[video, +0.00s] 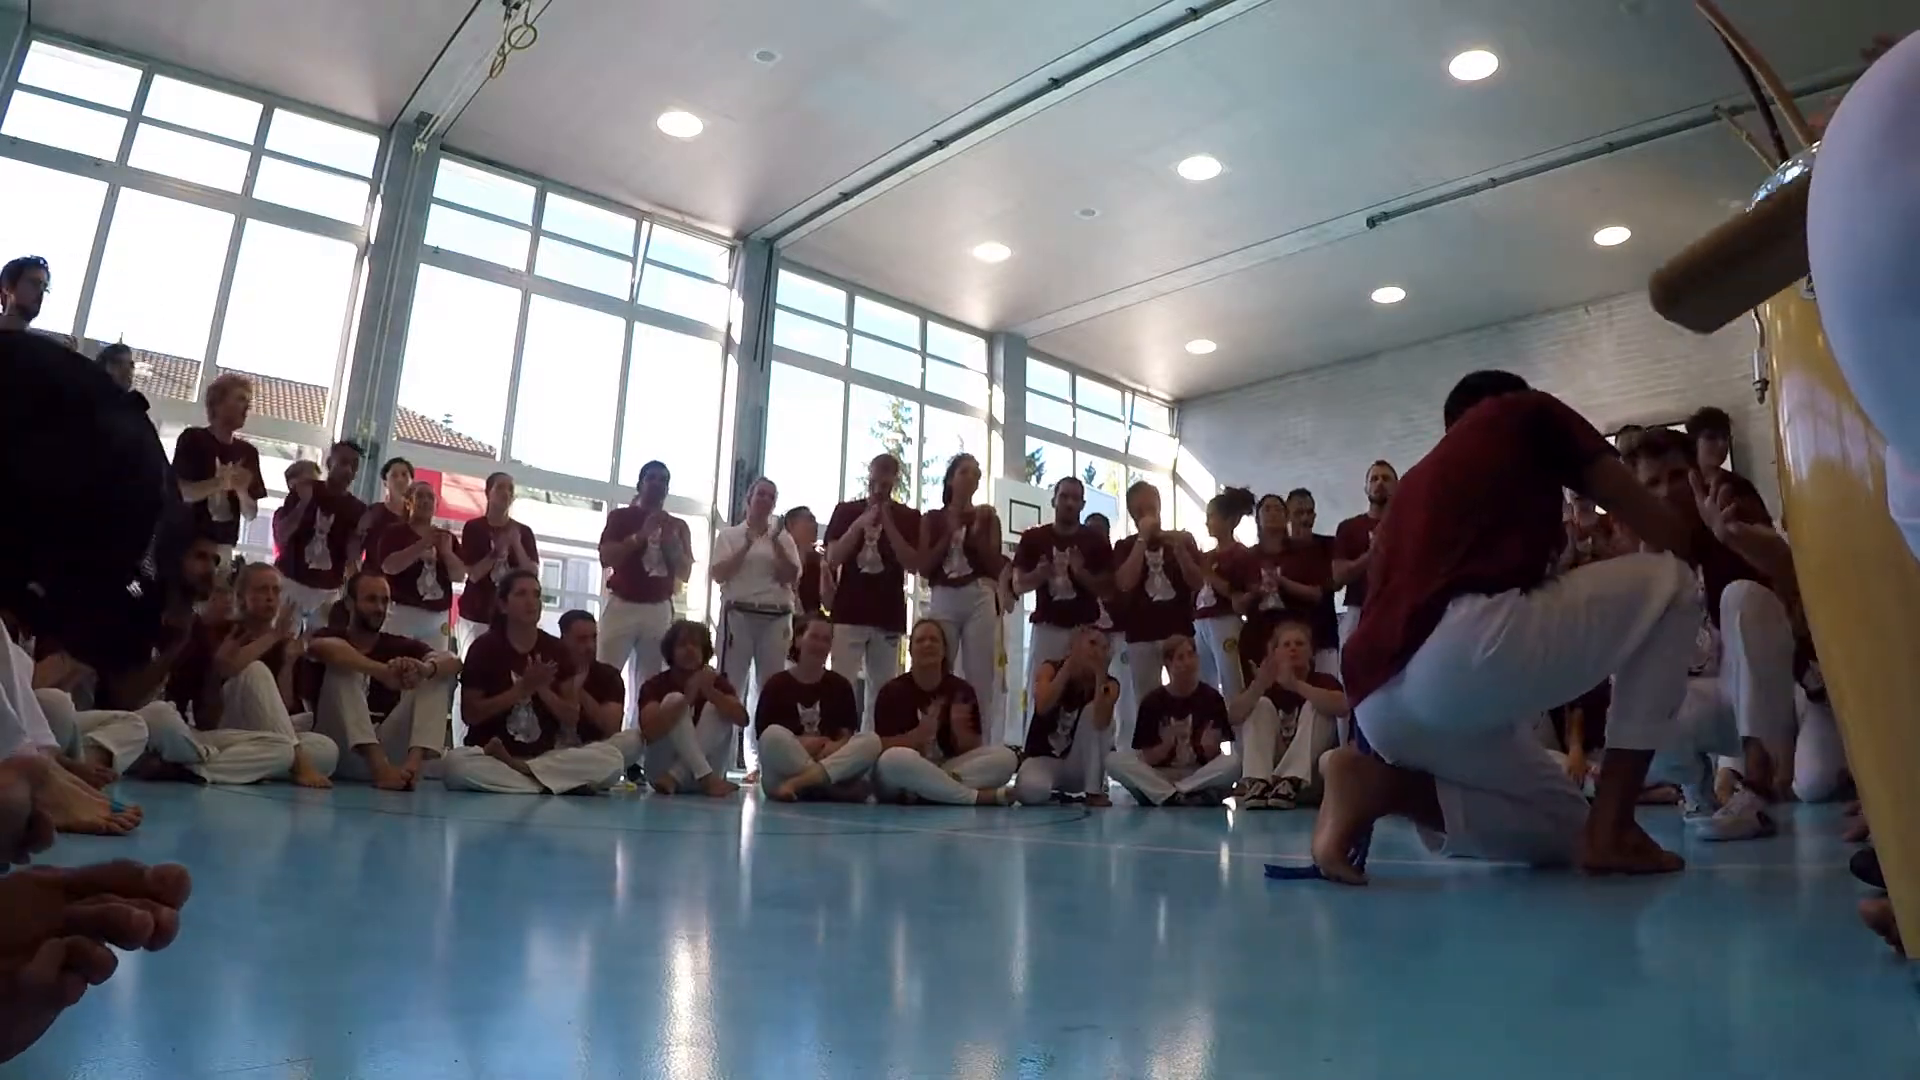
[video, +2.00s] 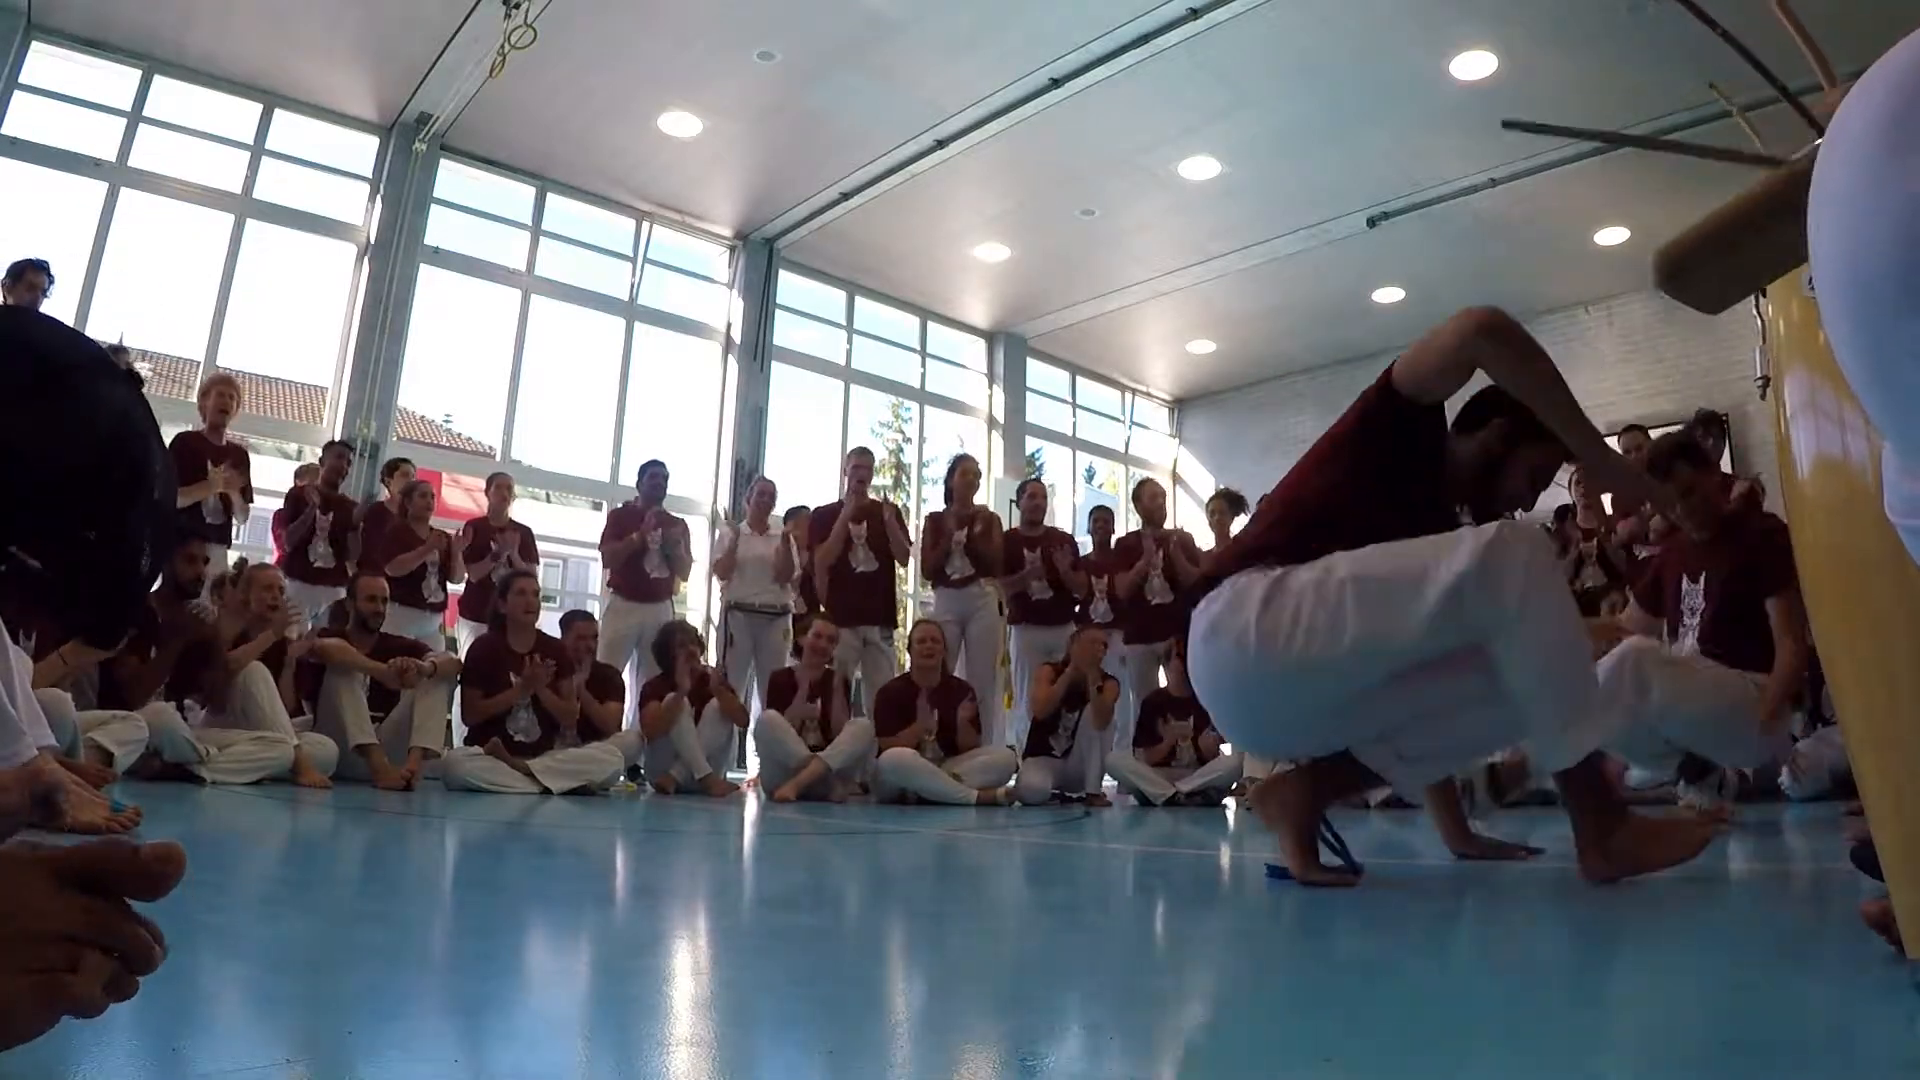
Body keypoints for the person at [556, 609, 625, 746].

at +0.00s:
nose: (590, 645)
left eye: (594, 638)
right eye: (582, 639)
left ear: (597, 638)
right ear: (563, 640)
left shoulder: (609, 675)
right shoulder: (548, 675)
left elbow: (611, 728)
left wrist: (578, 691)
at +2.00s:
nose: (590, 645)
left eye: (594, 638)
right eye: (581, 638)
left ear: (598, 639)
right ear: (564, 640)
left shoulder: (610, 675)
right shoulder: (547, 674)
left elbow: (610, 725)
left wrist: (582, 691)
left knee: (633, 739)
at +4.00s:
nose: (593, 650)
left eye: (598, 643)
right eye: (586, 642)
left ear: (602, 643)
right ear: (568, 640)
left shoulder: (610, 675)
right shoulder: (551, 674)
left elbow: (611, 728)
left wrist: (581, 689)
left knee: (635, 738)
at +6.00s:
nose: (594, 648)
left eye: (599, 642)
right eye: (586, 641)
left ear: (602, 642)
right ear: (569, 640)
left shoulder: (610, 675)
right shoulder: (551, 672)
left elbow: (609, 729)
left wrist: (572, 691)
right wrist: (566, 681)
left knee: (634, 739)